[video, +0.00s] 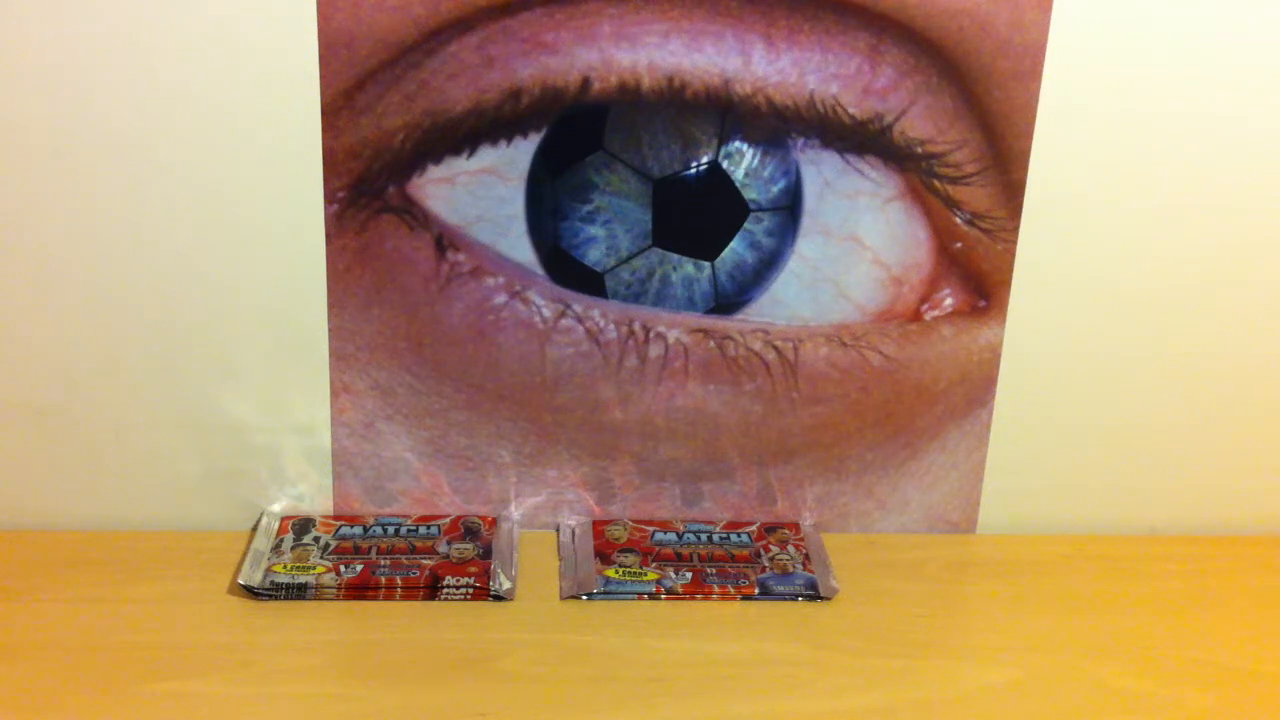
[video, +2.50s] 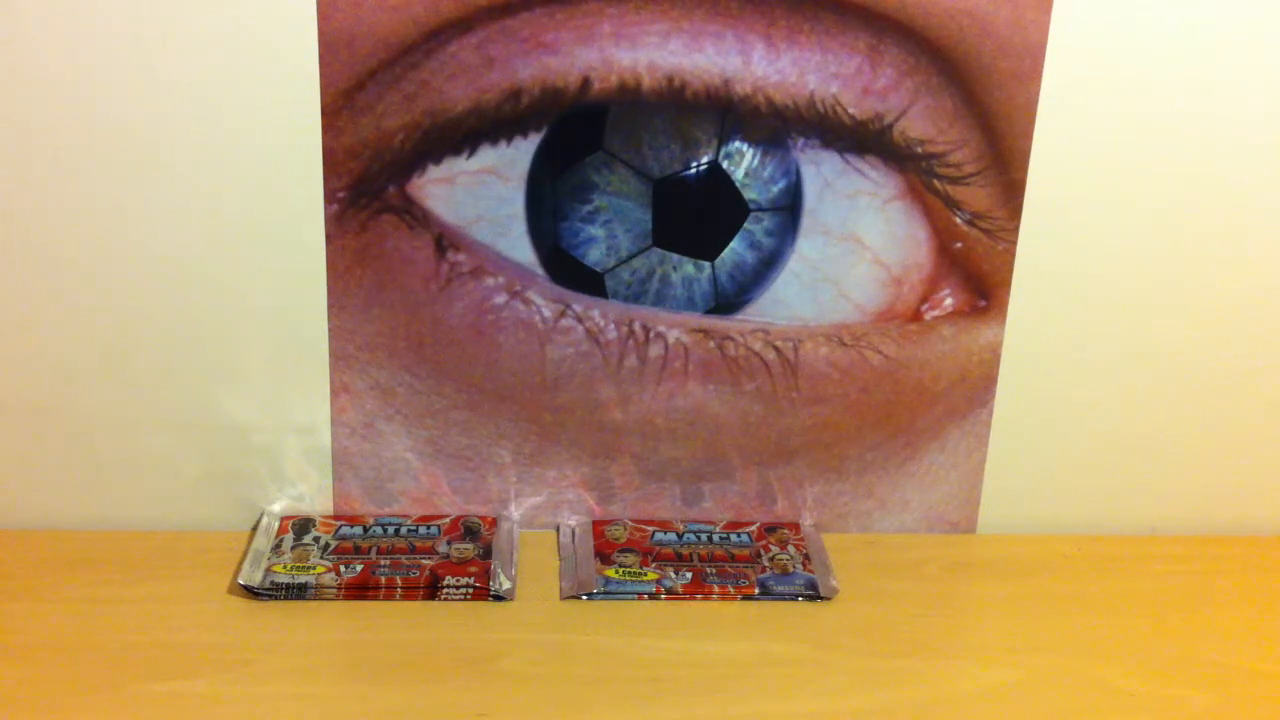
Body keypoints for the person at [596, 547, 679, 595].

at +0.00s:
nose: (621, 560)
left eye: (626, 557)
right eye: (619, 557)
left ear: (638, 558)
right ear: (616, 558)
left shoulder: (651, 573)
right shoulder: (610, 571)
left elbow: (672, 589)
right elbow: (596, 589)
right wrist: (596, 574)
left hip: (641, 607)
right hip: (612, 606)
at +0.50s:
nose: (621, 560)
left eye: (626, 557)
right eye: (619, 557)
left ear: (638, 558)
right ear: (616, 558)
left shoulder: (651, 573)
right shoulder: (610, 571)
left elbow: (675, 590)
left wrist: (668, 575)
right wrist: (597, 573)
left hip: (641, 606)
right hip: (612, 606)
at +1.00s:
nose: (621, 560)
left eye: (626, 557)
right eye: (619, 557)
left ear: (638, 558)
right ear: (616, 558)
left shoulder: (651, 573)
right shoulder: (609, 571)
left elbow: (673, 590)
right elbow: (597, 590)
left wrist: (674, 587)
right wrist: (596, 574)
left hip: (641, 607)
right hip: (612, 606)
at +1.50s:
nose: (621, 560)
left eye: (626, 557)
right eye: (619, 557)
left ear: (638, 558)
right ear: (616, 558)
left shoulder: (651, 573)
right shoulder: (609, 571)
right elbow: (597, 589)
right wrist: (597, 574)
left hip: (641, 606)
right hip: (612, 605)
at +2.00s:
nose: (621, 560)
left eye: (626, 557)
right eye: (619, 557)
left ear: (638, 558)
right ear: (616, 558)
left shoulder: (651, 573)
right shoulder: (609, 571)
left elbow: (673, 589)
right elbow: (596, 589)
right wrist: (597, 574)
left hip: (640, 606)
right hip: (612, 605)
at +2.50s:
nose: (621, 560)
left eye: (626, 557)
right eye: (619, 557)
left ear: (638, 558)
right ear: (615, 558)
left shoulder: (651, 573)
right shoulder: (609, 571)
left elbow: (673, 589)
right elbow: (596, 589)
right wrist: (596, 574)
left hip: (640, 606)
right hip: (612, 605)